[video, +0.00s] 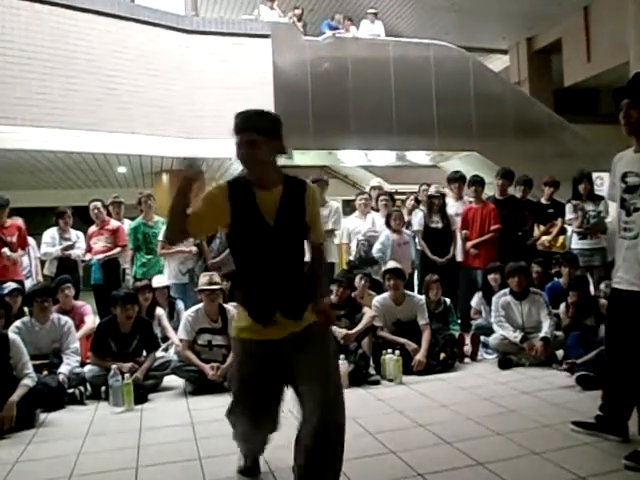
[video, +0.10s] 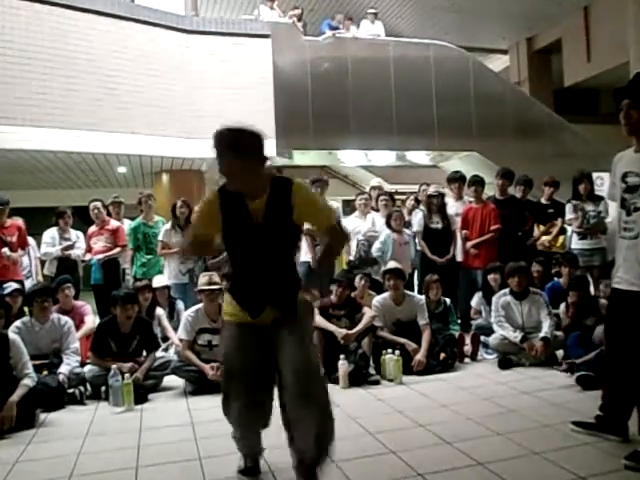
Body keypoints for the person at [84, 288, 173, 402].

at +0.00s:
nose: (129, 311)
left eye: (133, 306)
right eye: (124, 307)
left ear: (137, 308)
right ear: (114, 310)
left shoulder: (144, 324)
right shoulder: (104, 327)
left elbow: (153, 352)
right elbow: (94, 358)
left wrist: (141, 372)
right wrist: (120, 366)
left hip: (137, 365)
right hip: (112, 367)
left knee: (168, 361)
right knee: (89, 372)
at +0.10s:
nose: (129, 311)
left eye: (132, 306)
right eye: (124, 307)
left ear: (137, 308)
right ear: (114, 310)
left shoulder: (144, 324)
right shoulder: (104, 327)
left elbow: (153, 352)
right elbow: (94, 358)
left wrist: (141, 372)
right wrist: (120, 366)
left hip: (137, 365)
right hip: (112, 367)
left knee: (168, 361)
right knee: (89, 372)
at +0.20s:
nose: (129, 311)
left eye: (132, 306)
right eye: (124, 307)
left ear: (137, 308)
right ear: (114, 310)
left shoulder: (144, 324)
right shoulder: (104, 327)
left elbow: (153, 352)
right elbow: (94, 358)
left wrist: (141, 372)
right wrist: (119, 366)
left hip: (137, 365)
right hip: (112, 367)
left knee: (168, 361)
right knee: (89, 372)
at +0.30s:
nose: (129, 311)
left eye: (133, 306)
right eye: (124, 307)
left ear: (137, 308)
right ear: (114, 310)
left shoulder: (144, 324)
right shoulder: (104, 327)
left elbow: (153, 352)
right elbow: (94, 359)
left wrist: (141, 372)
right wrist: (119, 366)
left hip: (137, 365)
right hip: (112, 367)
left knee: (168, 361)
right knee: (89, 372)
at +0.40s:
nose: (129, 311)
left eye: (133, 306)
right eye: (124, 306)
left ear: (137, 308)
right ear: (114, 310)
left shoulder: (144, 324)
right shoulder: (104, 327)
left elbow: (153, 352)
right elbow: (94, 359)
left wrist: (141, 372)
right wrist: (119, 366)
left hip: (137, 365)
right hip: (112, 367)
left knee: (168, 361)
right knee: (89, 372)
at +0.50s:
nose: (129, 311)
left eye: (133, 306)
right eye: (124, 307)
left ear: (137, 308)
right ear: (114, 310)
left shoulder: (144, 324)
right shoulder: (104, 327)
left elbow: (153, 352)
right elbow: (94, 359)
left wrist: (141, 372)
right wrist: (120, 366)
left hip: (137, 365)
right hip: (112, 367)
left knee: (168, 361)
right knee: (89, 372)